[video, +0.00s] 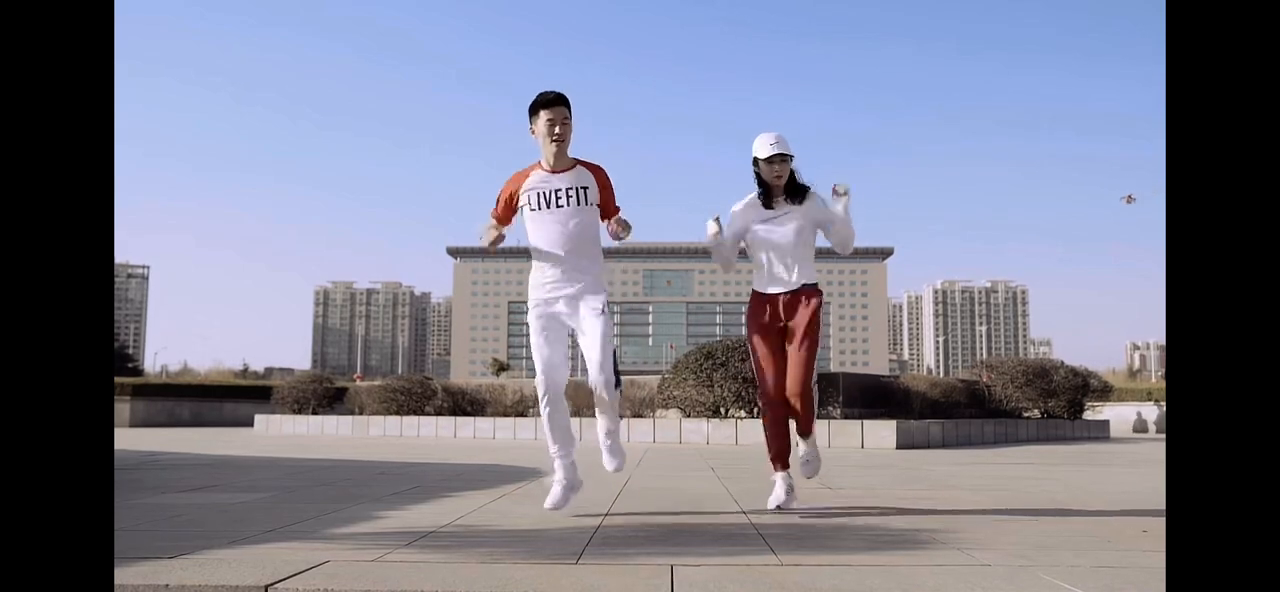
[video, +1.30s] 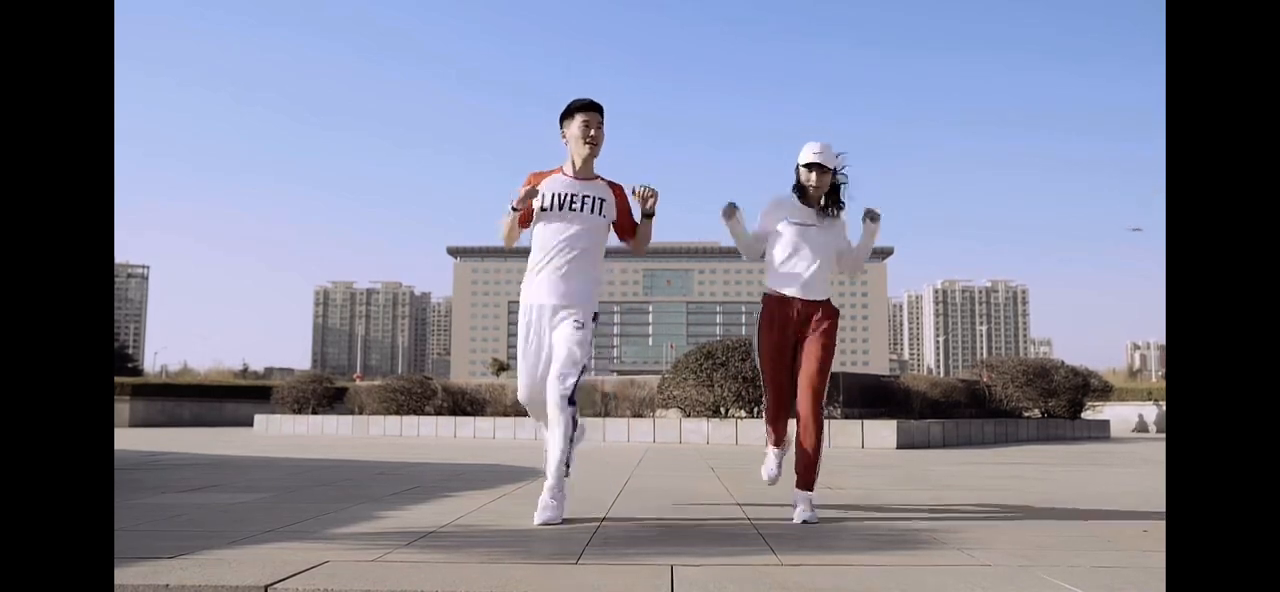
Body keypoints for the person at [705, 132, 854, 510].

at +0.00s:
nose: (778, 167)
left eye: (783, 160)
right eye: (770, 161)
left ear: (792, 162)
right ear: (757, 166)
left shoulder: (810, 202)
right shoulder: (745, 210)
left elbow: (844, 245)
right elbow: (727, 263)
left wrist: (842, 209)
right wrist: (716, 241)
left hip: (804, 299)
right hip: (763, 302)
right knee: (770, 393)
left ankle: (806, 439)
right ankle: (780, 477)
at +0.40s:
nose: (785, 182)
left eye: (792, 175)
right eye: (779, 175)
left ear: (802, 179)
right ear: (768, 179)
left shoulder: (817, 216)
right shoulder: (758, 218)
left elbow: (837, 224)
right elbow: (741, 233)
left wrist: (845, 212)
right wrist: (736, 226)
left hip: (809, 308)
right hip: (767, 313)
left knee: (787, 343)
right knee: (777, 406)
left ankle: (804, 427)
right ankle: (790, 486)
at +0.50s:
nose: (788, 181)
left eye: (795, 176)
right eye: (782, 175)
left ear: (805, 181)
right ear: (771, 179)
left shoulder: (820, 221)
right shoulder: (756, 221)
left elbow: (837, 254)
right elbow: (742, 252)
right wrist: (735, 275)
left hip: (810, 311)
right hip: (768, 317)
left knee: (786, 346)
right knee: (777, 403)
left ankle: (795, 432)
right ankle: (792, 489)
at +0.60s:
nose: (794, 174)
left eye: (801, 168)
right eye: (788, 167)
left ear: (811, 173)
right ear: (776, 170)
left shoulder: (823, 214)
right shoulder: (757, 211)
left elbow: (835, 267)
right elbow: (739, 266)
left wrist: (840, 317)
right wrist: (728, 315)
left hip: (812, 303)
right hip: (771, 305)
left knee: (790, 374)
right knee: (774, 389)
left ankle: (794, 459)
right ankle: (789, 481)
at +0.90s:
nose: (799, 174)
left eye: (806, 168)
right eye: (793, 167)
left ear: (816, 171)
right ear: (782, 170)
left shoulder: (830, 214)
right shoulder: (761, 210)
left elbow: (844, 270)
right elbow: (745, 265)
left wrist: (853, 321)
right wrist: (735, 310)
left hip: (814, 305)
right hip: (772, 305)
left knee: (807, 394)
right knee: (777, 386)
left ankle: (804, 481)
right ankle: (781, 446)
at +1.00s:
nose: (798, 190)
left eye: (805, 183)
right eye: (792, 183)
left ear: (817, 185)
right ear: (784, 184)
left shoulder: (831, 224)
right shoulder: (766, 222)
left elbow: (844, 245)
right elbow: (750, 258)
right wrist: (746, 284)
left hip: (814, 314)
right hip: (773, 310)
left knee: (805, 407)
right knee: (780, 338)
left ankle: (799, 488)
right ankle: (776, 419)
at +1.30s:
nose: (815, 174)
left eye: (823, 169)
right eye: (810, 167)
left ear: (833, 174)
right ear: (798, 171)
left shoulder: (835, 219)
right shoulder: (779, 207)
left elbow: (848, 264)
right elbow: (753, 251)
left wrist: (868, 233)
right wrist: (735, 224)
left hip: (819, 313)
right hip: (777, 308)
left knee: (811, 402)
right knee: (777, 394)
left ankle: (804, 497)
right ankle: (776, 446)